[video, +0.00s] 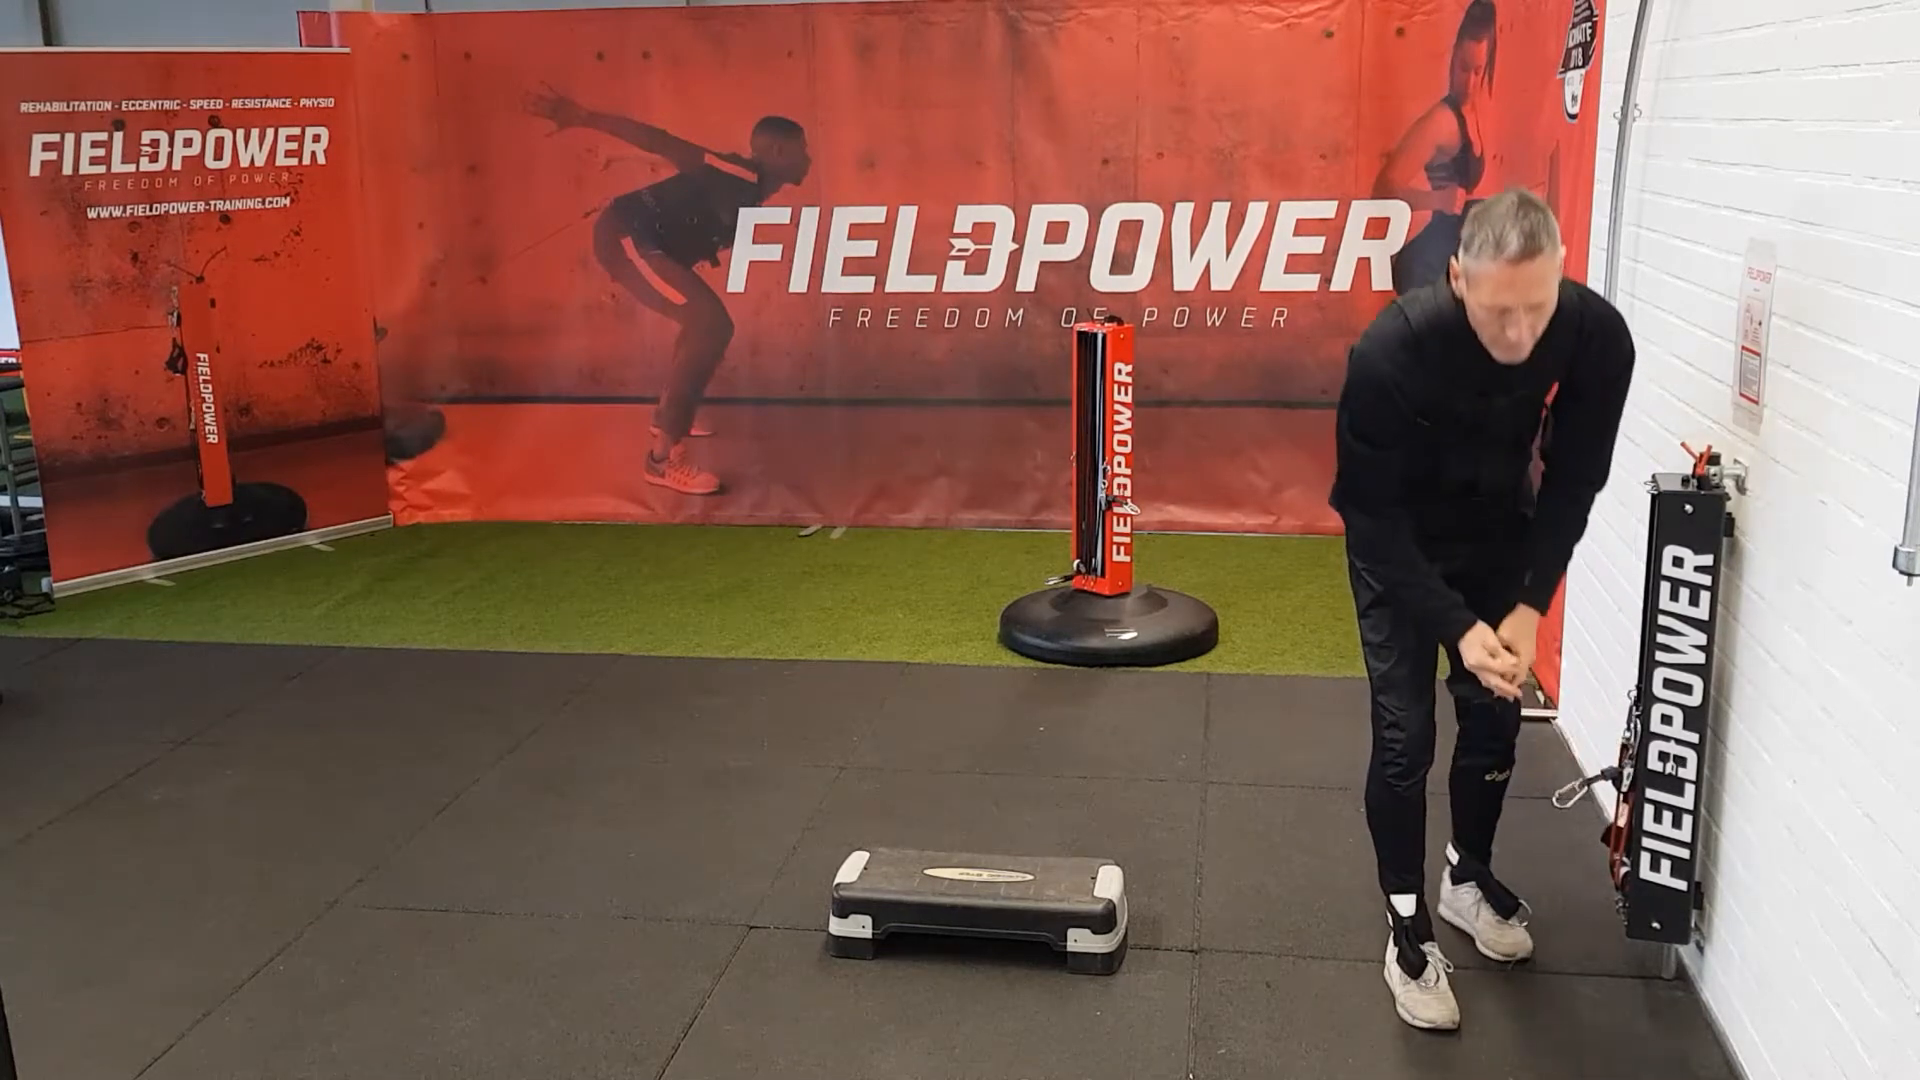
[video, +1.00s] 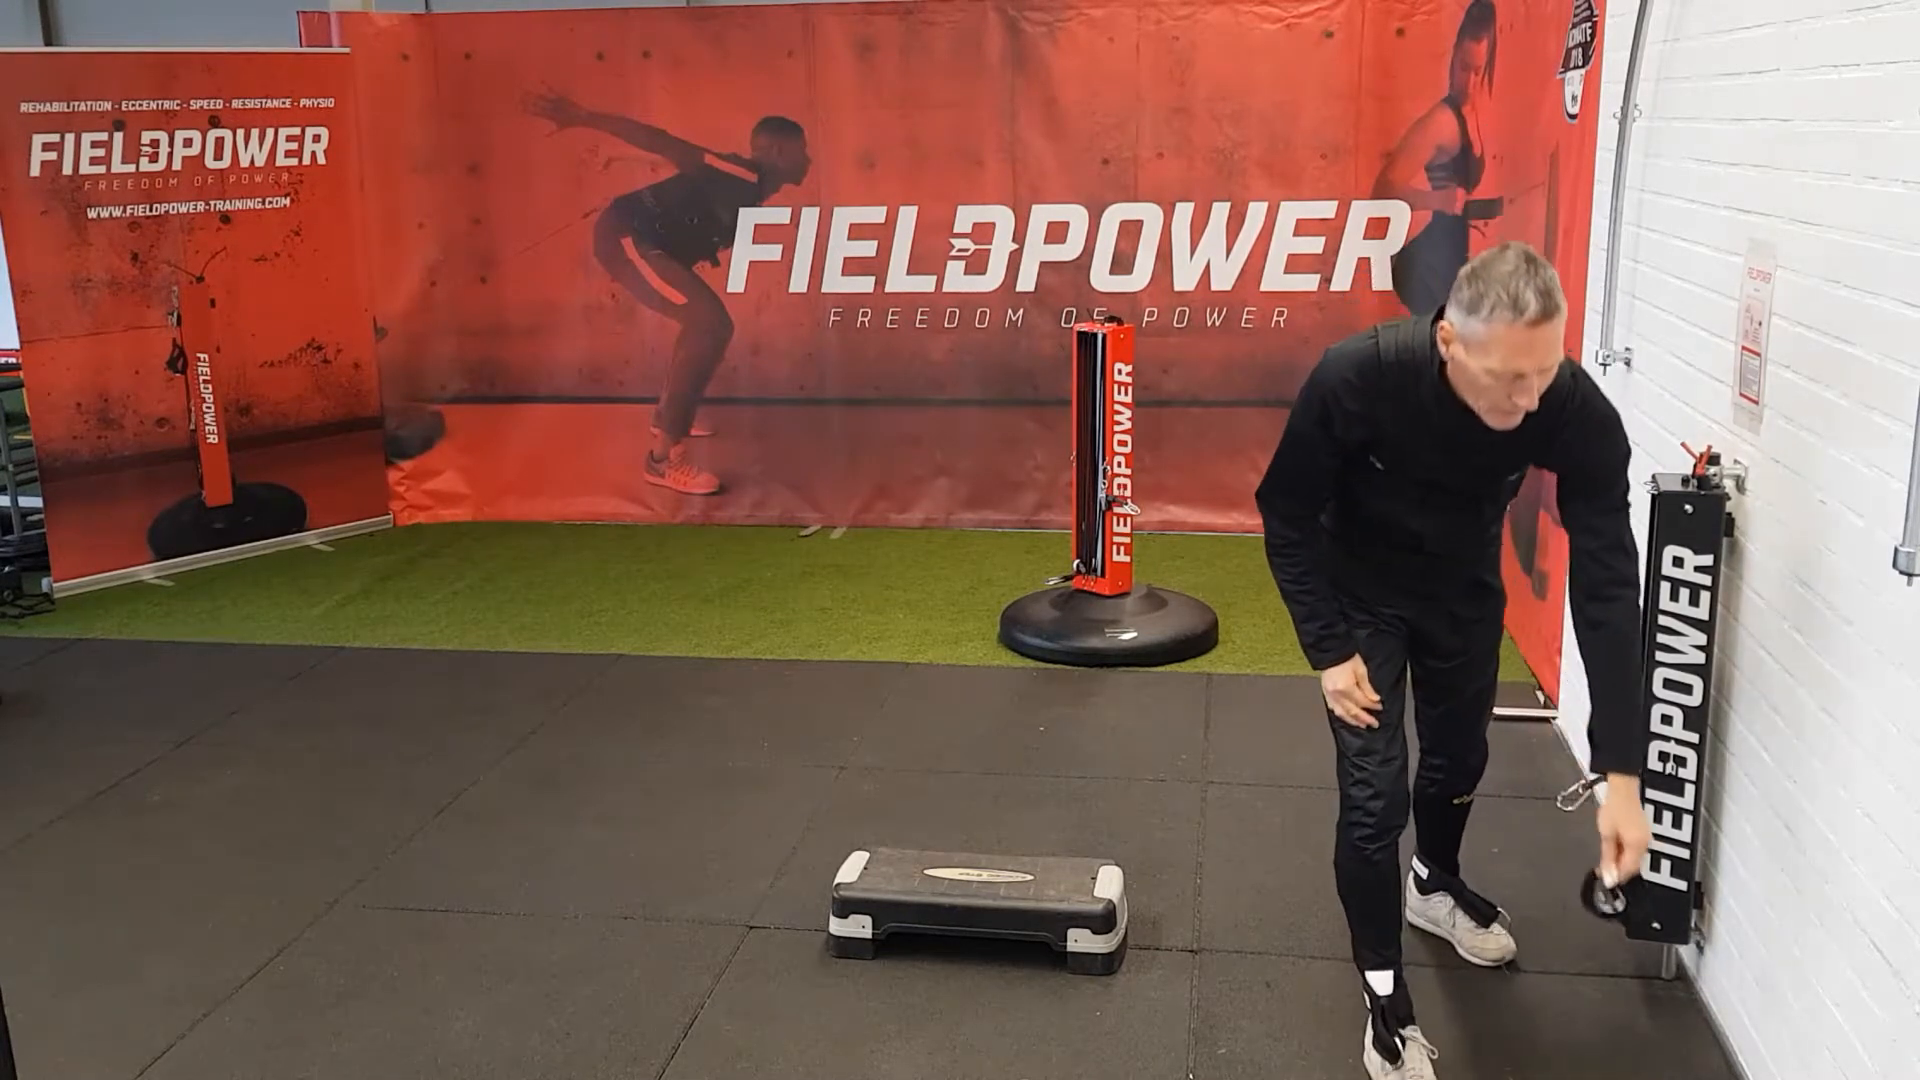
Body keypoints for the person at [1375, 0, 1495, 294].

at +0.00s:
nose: (1470, 84)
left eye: (1479, 72)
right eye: (1463, 70)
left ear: (1490, 69)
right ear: (1448, 65)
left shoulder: (1473, 115)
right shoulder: (1440, 120)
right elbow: (1390, 185)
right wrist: (1438, 199)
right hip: (1426, 249)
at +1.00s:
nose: (1471, 81)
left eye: (1479, 71)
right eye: (1465, 68)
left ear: (1488, 70)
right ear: (1450, 62)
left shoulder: (1465, 118)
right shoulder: (1440, 120)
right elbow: (1387, 189)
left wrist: (1472, 210)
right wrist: (1439, 200)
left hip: (1446, 251)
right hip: (1426, 256)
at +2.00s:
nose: (1471, 80)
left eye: (1480, 71)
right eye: (1465, 68)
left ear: (1489, 69)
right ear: (1451, 63)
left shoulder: (1472, 116)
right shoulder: (1441, 121)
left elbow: (1440, 194)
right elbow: (1387, 187)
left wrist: (1475, 209)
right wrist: (1438, 200)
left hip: (1447, 254)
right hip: (1426, 258)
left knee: (1457, 348)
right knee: (1450, 348)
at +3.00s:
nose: (1472, 81)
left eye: (1482, 72)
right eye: (1464, 69)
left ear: (1492, 74)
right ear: (1450, 66)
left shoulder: (1468, 121)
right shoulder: (1440, 121)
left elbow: (1438, 191)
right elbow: (1388, 187)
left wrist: (1473, 211)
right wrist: (1437, 199)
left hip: (1446, 257)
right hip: (1424, 260)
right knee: (1450, 358)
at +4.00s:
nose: (1471, 81)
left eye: (1482, 71)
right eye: (1464, 68)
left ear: (1492, 73)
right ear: (1450, 66)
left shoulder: (1469, 121)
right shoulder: (1440, 121)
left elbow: (1440, 194)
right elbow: (1387, 188)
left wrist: (1474, 211)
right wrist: (1437, 199)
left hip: (1447, 257)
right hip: (1424, 260)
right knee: (1451, 358)